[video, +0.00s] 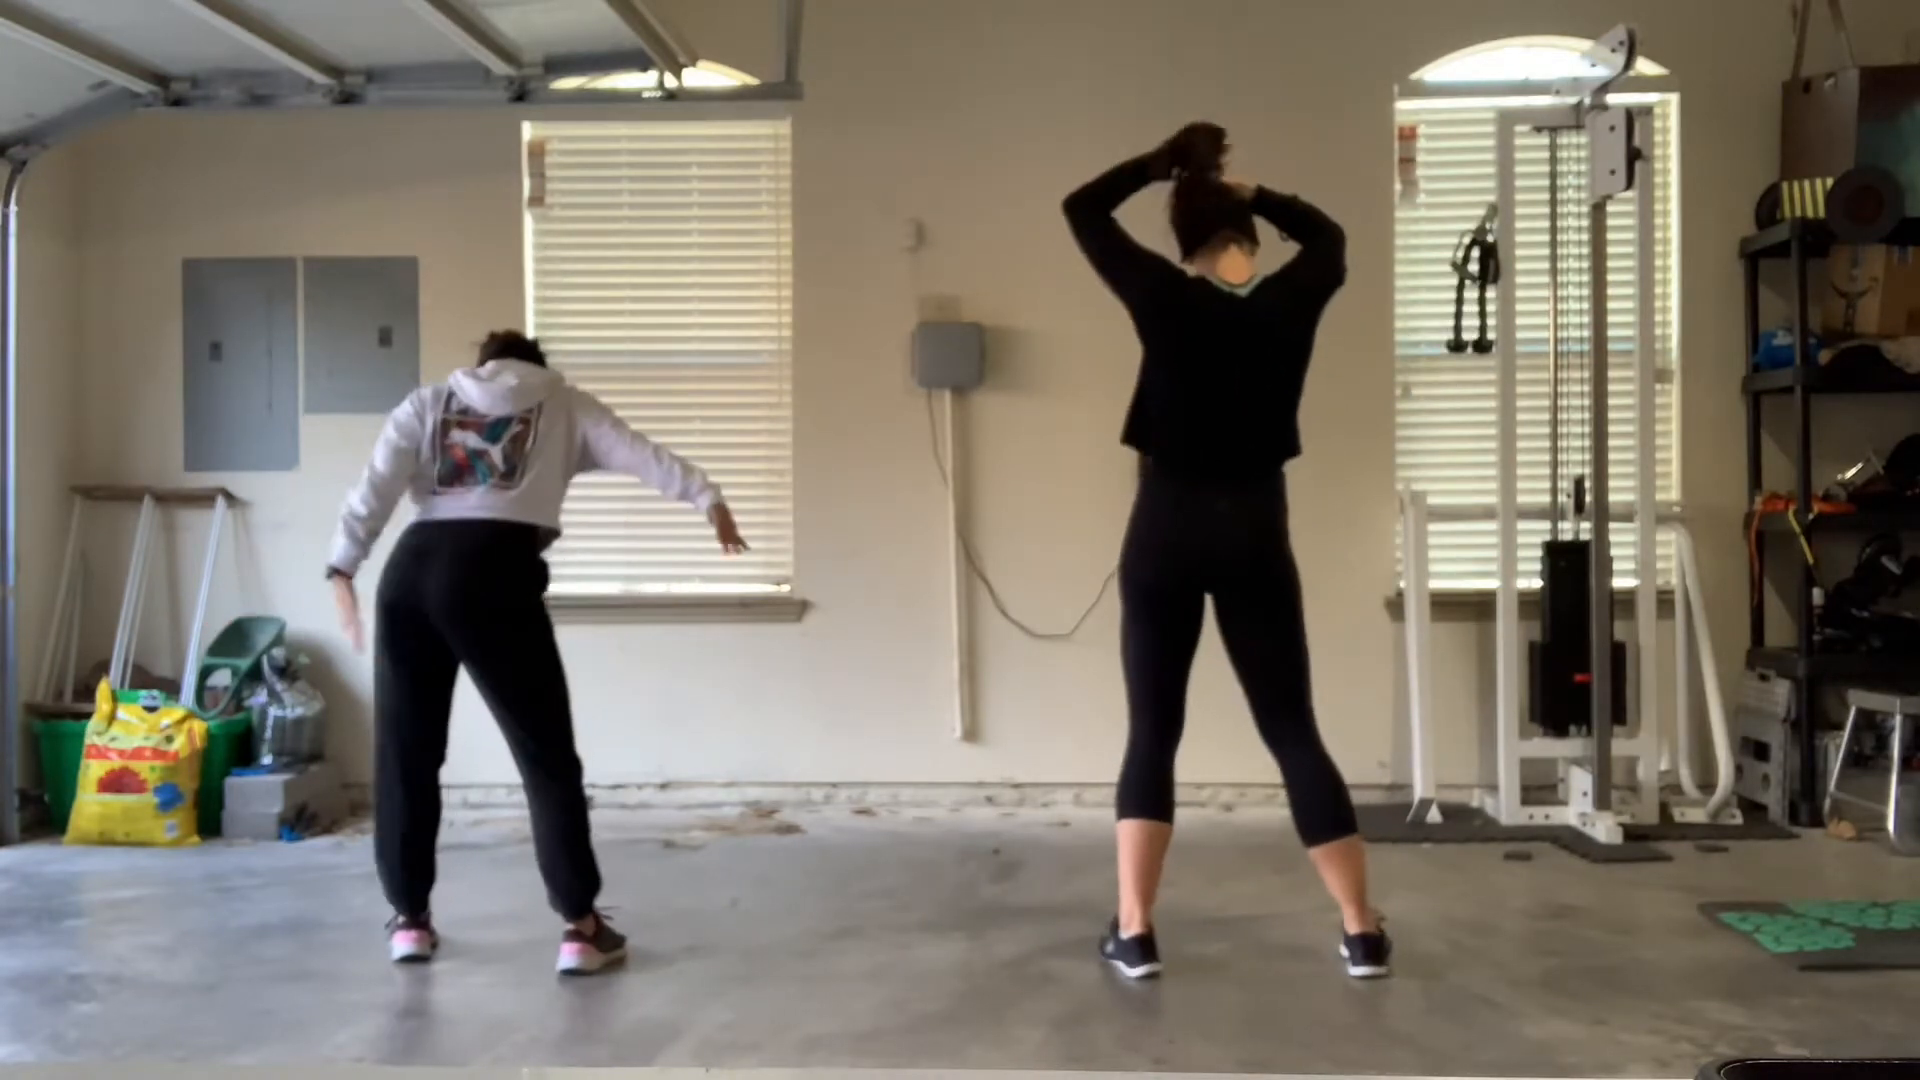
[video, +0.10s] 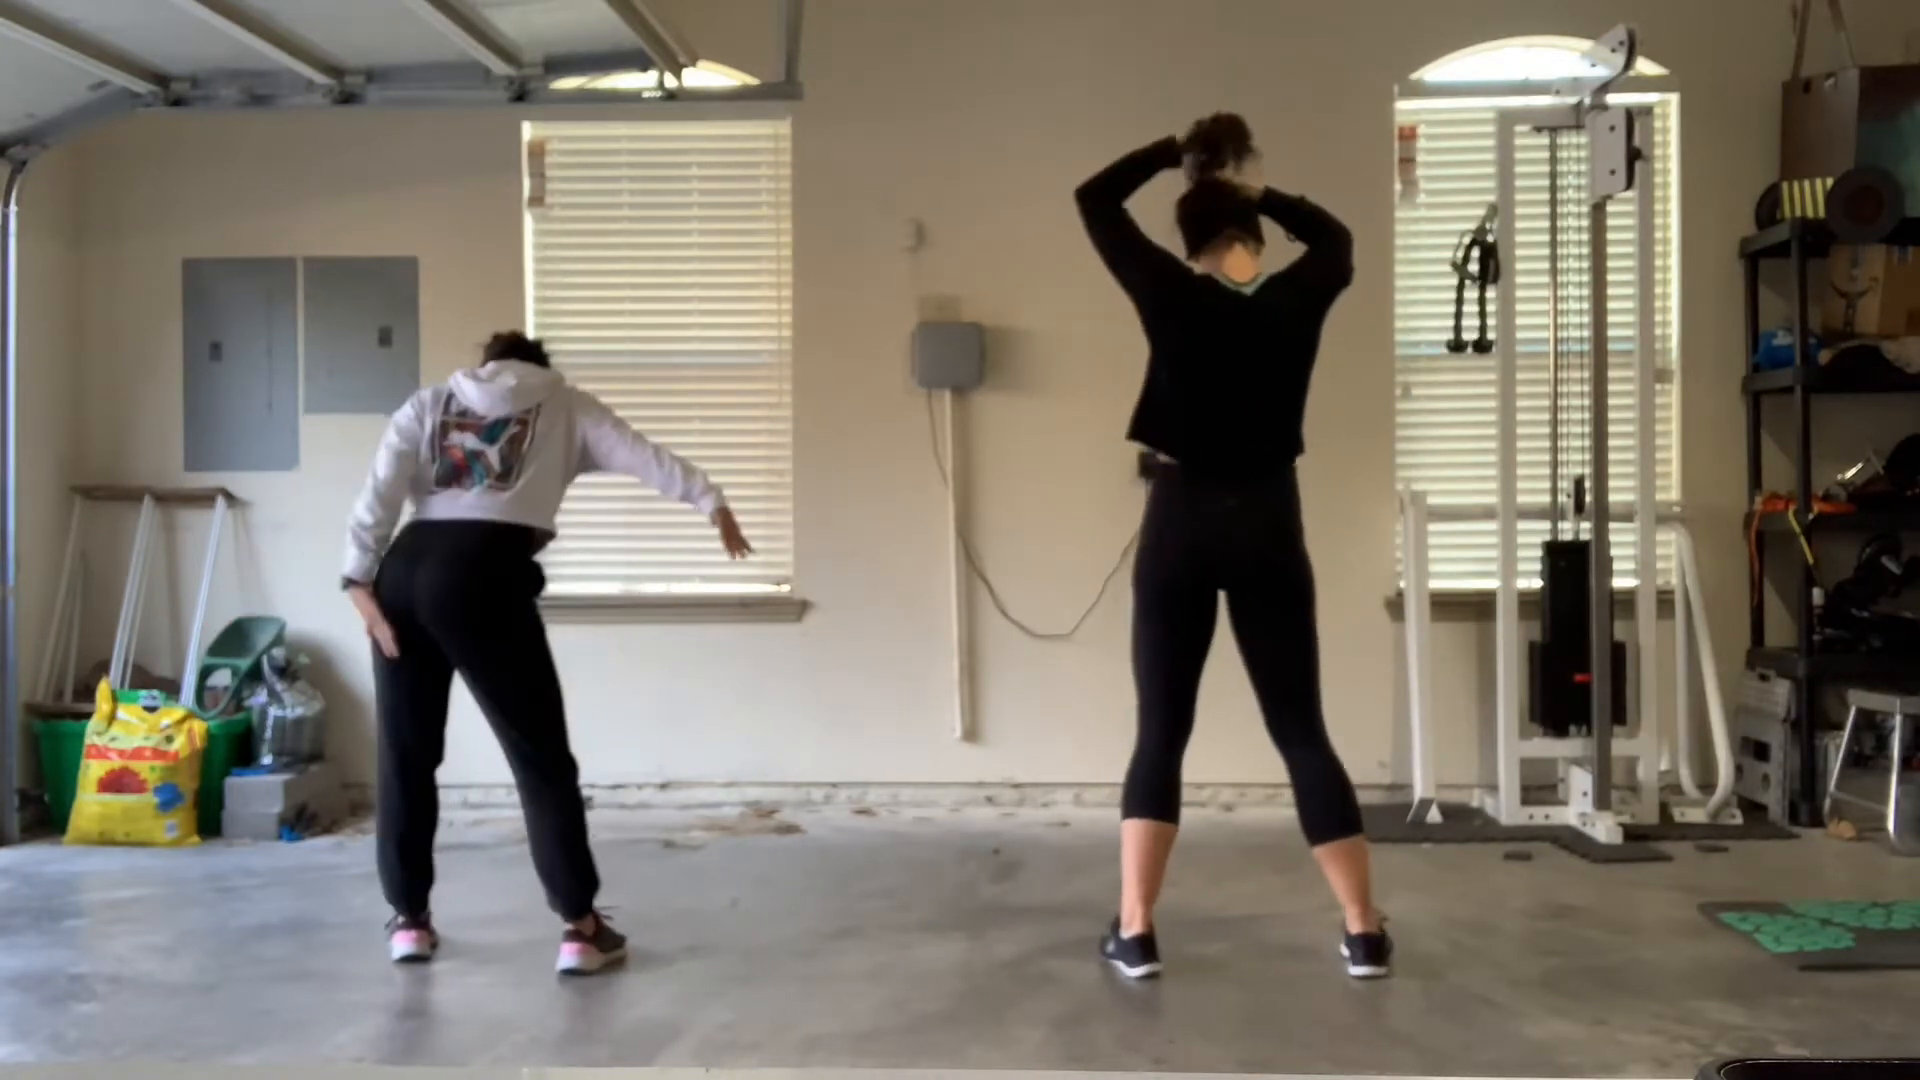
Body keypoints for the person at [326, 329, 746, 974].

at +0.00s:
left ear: (479, 365)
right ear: (541, 368)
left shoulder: (429, 401)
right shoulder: (564, 401)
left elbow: (381, 477)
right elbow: (632, 450)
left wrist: (342, 562)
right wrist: (711, 498)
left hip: (413, 577)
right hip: (498, 577)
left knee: (406, 757)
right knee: (548, 758)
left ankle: (409, 921)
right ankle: (581, 926)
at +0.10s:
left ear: (481, 366)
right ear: (544, 369)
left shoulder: (430, 401)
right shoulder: (566, 403)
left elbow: (384, 480)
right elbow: (636, 453)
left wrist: (357, 577)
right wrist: (713, 502)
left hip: (406, 577)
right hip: (489, 579)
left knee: (405, 761)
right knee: (541, 759)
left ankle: (408, 921)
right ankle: (580, 925)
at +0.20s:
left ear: (486, 365)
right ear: (547, 370)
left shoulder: (433, 400)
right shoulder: (566, 402)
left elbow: (379, 474)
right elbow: (630, 452)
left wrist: (339, 564)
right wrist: (706, 504)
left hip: (407, 579)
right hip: (492, 579)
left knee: (406, 758)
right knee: (544, 757)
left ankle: (409, 921)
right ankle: (581, 926)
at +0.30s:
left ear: (487, 366)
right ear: (549, 370)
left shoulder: (435, 403)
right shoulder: (568, 403)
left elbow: (370, 478)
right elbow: (627, 455)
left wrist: (316, 558)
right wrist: (696, 507)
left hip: (417, 573)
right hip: (503, 574)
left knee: (413, 753)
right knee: (551, 754)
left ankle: (410, 920)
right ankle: (580, 925)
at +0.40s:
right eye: (555, 369)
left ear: (490, 365)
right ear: (549, 368)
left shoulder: (436, 404)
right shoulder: (568, 398)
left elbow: (360, 476)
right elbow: (621, 463)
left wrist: (295, 546)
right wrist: (680, 523)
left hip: (436, 568)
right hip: (526, 567)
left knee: (425, 751)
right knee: (560, 750)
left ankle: (411, 921)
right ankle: (581, 925)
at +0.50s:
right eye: (551, 372)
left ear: (486, 369)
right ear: (546, 370)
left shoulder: (431, 407)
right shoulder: (568, 403)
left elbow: (351, 476)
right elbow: (613, 471)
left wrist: (277, 541)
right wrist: (658, 543)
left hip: (461, 568)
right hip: (551, 564)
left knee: (441, 746)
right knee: (574, 753)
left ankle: (413, 919)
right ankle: (583, 925)